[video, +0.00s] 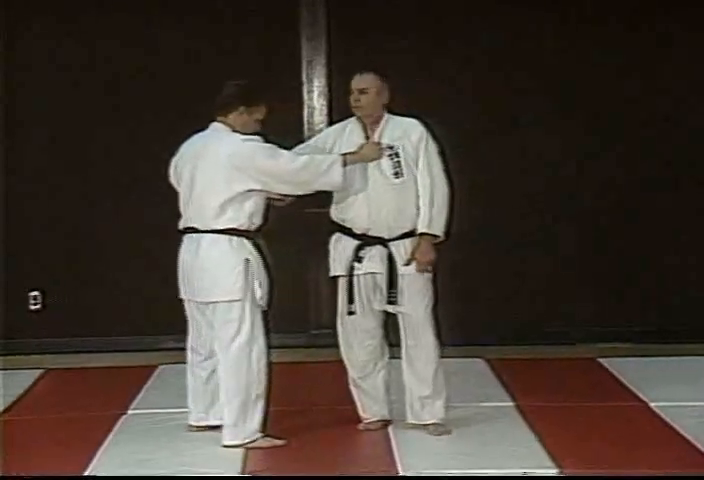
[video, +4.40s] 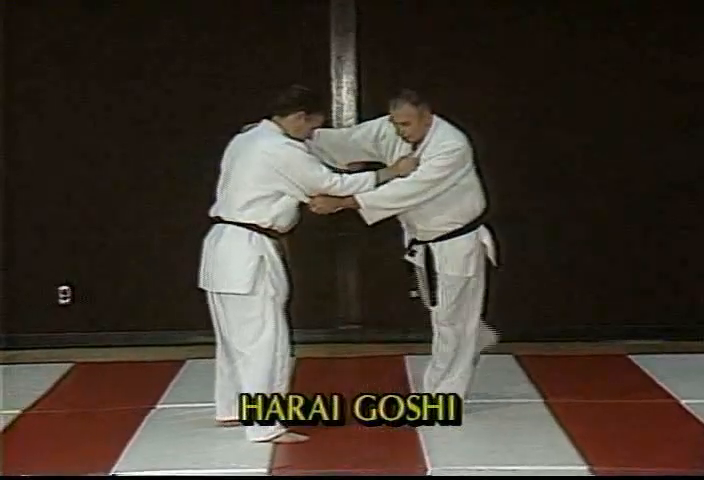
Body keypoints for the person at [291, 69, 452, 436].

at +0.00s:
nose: (356, 99)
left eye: (363, 93)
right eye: (352, 94)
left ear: (384, 96)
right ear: (349, 99)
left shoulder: (411, 133)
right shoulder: (337, 136)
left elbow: (435, 186)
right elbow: (294, 161)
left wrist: (428, 238)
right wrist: (274, 184)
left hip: (406, 246)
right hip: (354, 248)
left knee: (419, 331)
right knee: (359, 333)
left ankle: (428, 413)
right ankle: (372, 413)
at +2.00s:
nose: (366, 112)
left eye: (372, 106)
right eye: (361, 106)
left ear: (391, 103)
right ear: (356, 105)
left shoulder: (418, 137)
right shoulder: (345, 134)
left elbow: (439, 194)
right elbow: (297, 144)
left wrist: (431, 247)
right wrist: (246, 142)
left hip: (408, 248)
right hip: (358, 247)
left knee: (420, 327)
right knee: (360, 327)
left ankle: (429, 407)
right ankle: (372, 405)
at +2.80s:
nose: (363, 116)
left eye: (369, 109)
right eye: (358, 110)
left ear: (389, 105)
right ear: (354, 109)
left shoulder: (415, 137)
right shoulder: (345, 133)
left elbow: (430, 196)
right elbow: (294, 142)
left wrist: (392, 236)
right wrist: (242, 142)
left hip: (410, 244)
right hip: (358, 244)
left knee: (420, 324)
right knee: (360, 325)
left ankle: (433, 407)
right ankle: (373, 404)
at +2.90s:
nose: (367, 115)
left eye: (373, 107)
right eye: (362, 108)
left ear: (393, 104)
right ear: (358, 108)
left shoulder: (416, 137)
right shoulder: (349, 132)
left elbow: (417, 205)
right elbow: (299, 137)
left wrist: (363, 224)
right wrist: (245, 132)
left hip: (409, 246)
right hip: (359, 246)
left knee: (422, 330)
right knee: (361, 328)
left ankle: (434, 410)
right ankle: (374, 407)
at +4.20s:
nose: (400, 132)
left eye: (405, 124)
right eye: (395, 125)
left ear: (425, 115)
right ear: (390, 121)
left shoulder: (450, 144)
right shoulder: (387, 132)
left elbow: (414, 187)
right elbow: (340, 141)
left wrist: (347, 201)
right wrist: (290, 138)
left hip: (454, 245)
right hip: (412, 243)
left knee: (449, 329)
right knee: (412, 327)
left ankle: (443, 407)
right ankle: (419, 401)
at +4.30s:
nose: (400, 131)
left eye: (406, 124)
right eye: (395, 124)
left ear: (426, 116)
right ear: (391, 120)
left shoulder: (451, 146)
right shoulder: (386, 133)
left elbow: (412, 189)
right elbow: (341, 141)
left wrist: (346, 202)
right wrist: (291, 138)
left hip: (457, 243)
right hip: (419, 243)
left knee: (452, 325)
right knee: (429, 323)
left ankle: (447, 398)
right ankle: (436, 390)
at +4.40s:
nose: (401, 132)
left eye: (407, 124)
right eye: (396, 124)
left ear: (427, 116)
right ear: (392, 120)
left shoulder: (451, 146)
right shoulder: (388, 132)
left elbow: (412, 190)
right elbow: (343, 140)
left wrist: (344, 202)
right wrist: (294, 136)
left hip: (456, 242)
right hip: (422, 239)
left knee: (450, 322)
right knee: (437, 303)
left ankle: (441, 396)